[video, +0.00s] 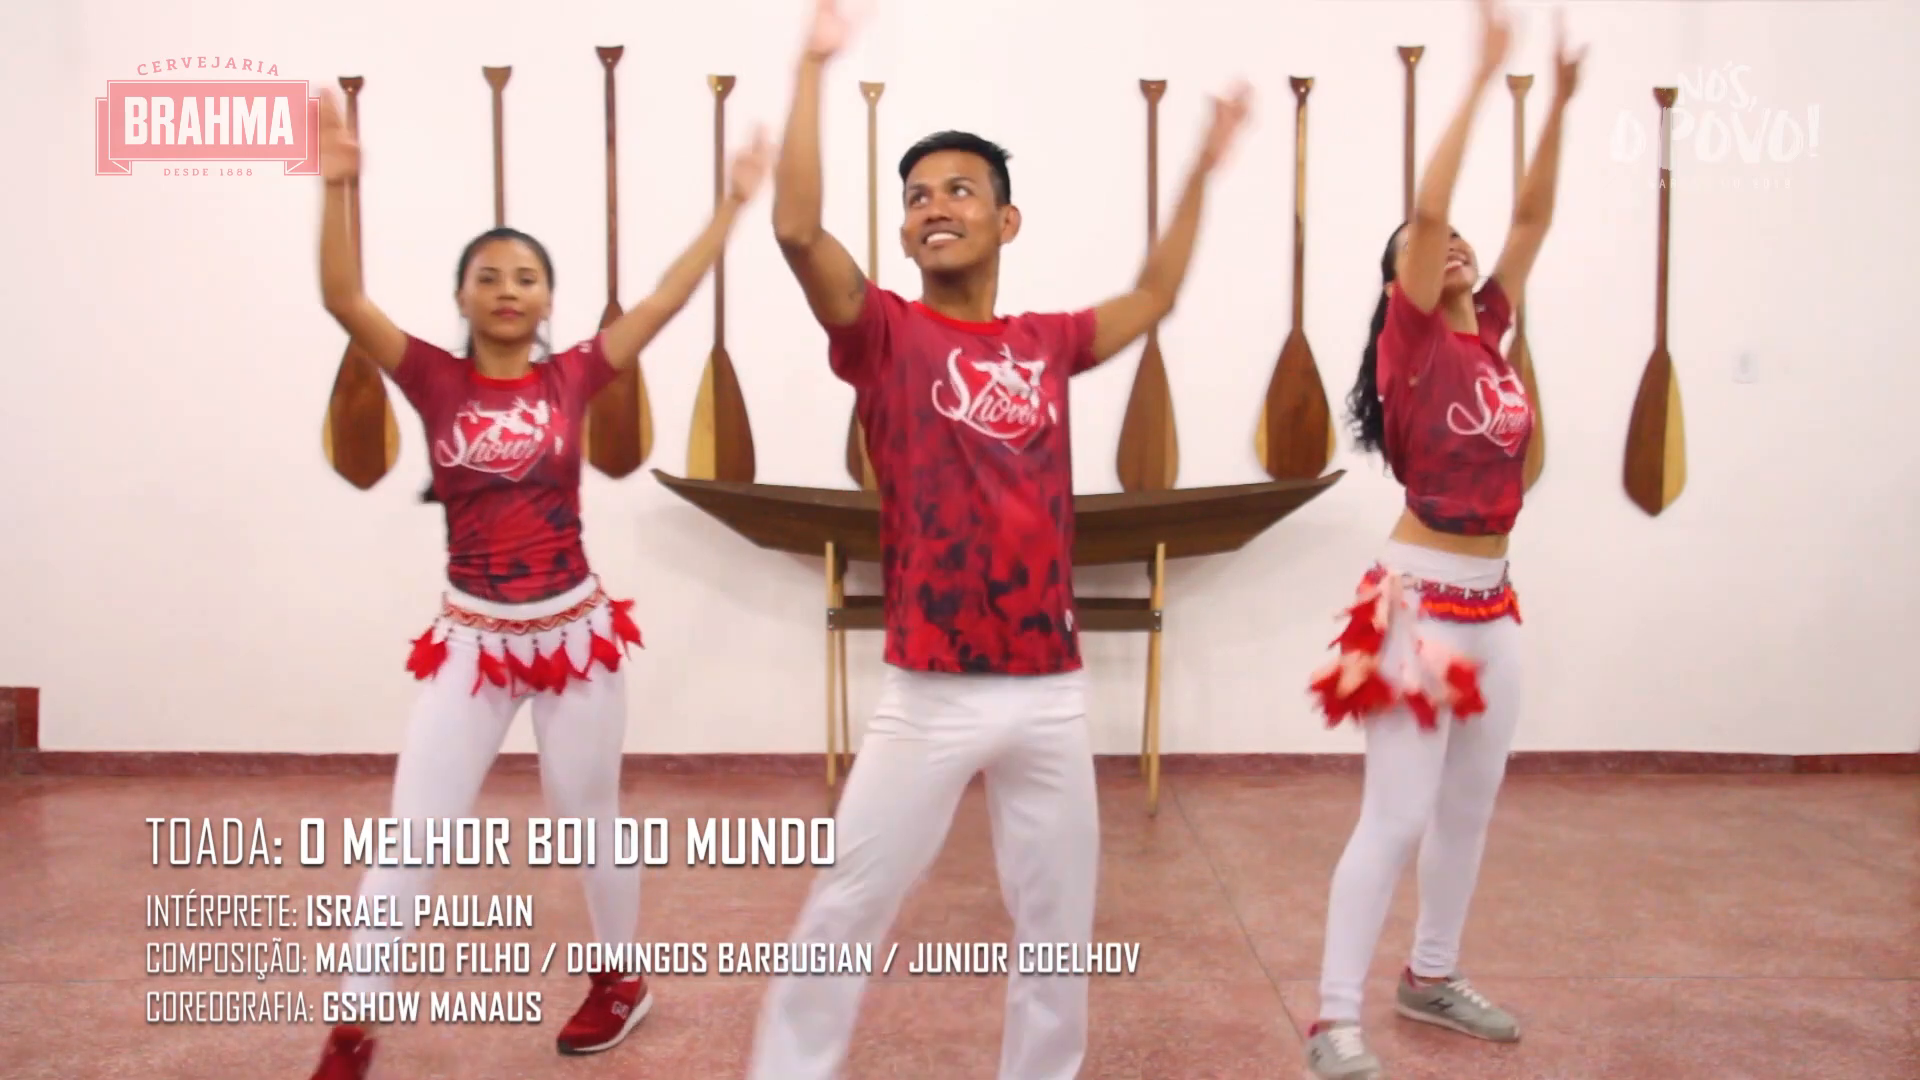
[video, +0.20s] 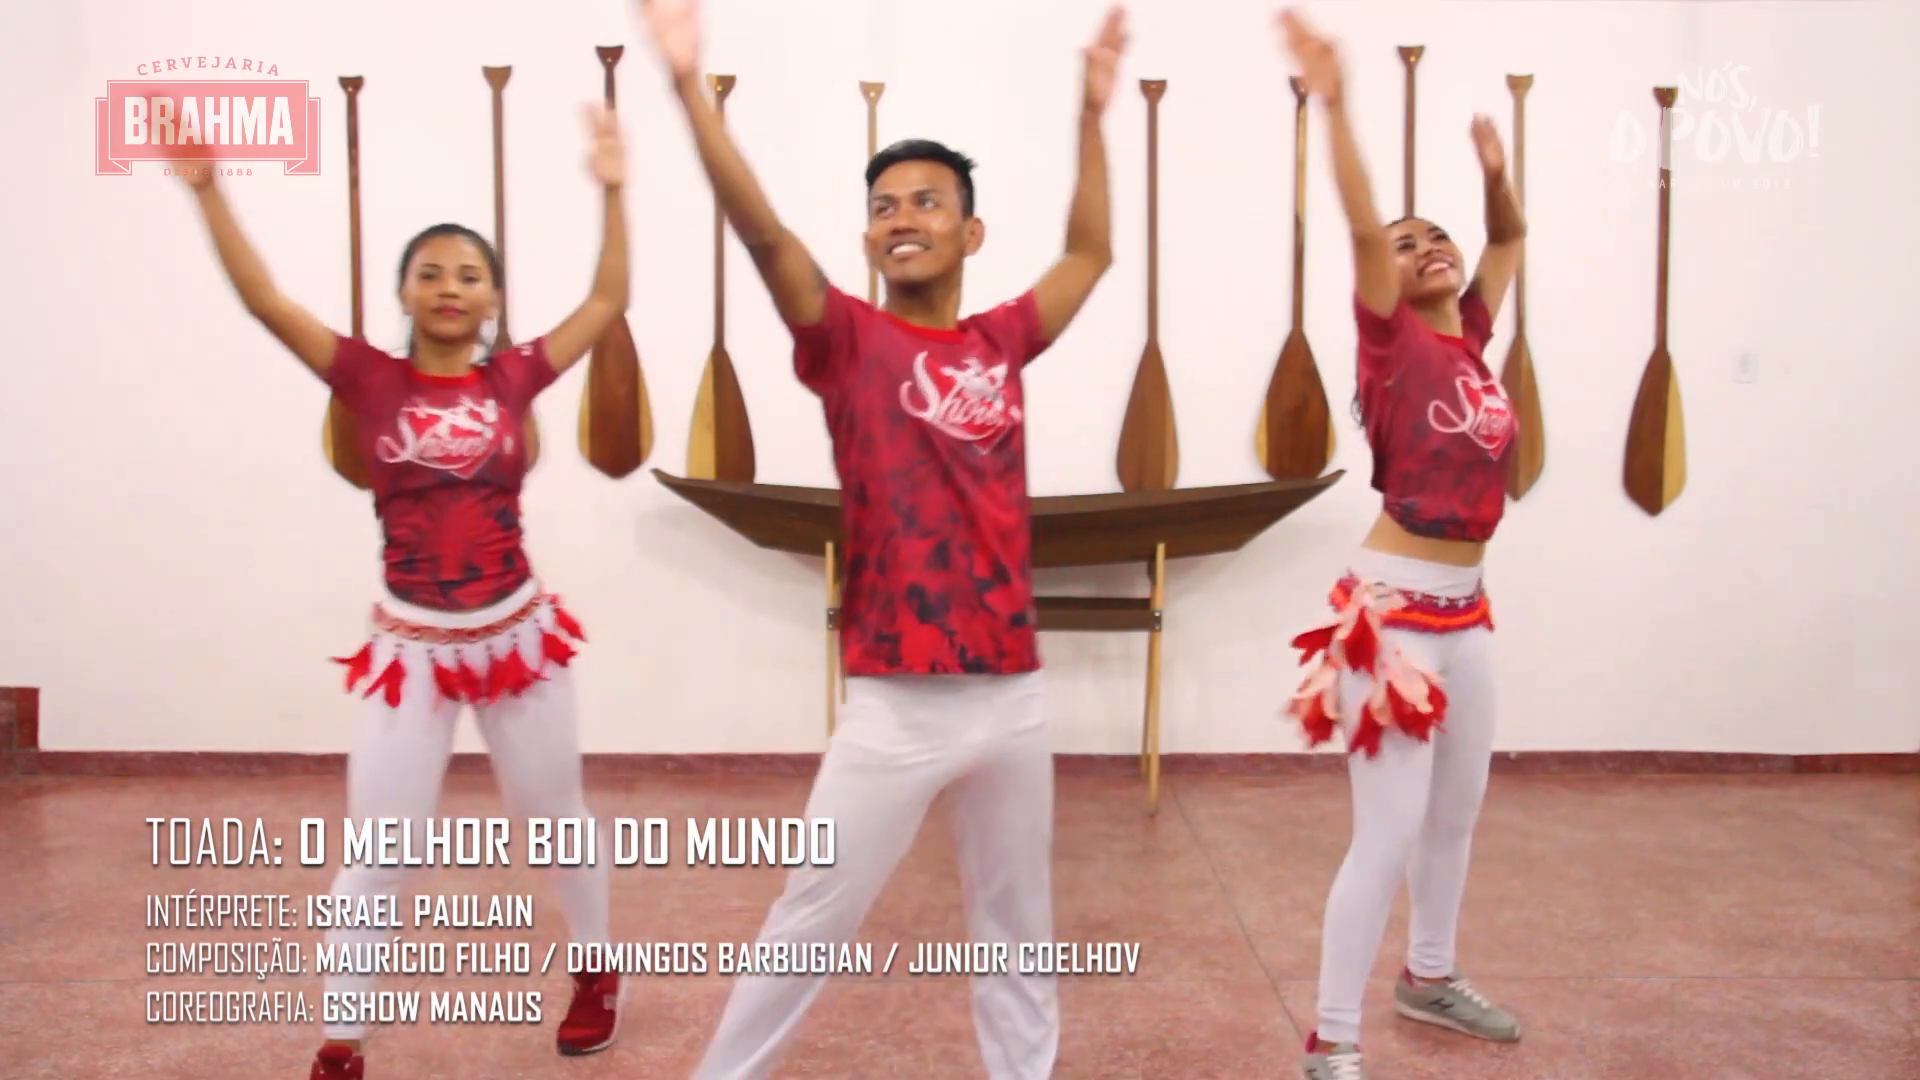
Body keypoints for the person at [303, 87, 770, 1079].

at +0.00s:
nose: (506, 290)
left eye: (524, 278)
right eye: (490, 276)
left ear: (548, 299)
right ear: (462, 297)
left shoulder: (575, 375)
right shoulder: (435, 380)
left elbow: (665, 299)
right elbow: (343, 297)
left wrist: (733, 203)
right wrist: (340, 183)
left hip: (575, 639)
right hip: (472, 641)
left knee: (592, 826)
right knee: (413, 834)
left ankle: (619, 978)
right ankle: (354, 1021)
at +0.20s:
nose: (449, 285)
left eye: (468, 273)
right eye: (431, 272)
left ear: (495, 298)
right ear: (403, 294)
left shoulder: (513, 377)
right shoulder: (370, 377)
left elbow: (607, 300)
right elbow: (265, 300)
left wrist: (614, 191)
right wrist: (208, 190)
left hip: (519, 642)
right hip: (410, 650)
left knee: (560, 832)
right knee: (378, 851)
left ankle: (595, 974)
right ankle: (340, 1047)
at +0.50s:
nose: (369, 282)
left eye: (389, 271)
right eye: (350, 268)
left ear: (416, 296)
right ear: (321, 292)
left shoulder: (437, 376)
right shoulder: (284, 377)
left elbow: (540, 298)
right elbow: (152, 311)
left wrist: (480, 218)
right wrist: (42, 220)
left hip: (431, 650)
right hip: (322, 659)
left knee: (513, 837)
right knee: (326, 866)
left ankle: (516, 967)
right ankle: (337, 1051)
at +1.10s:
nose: (320, 298)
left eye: (345, 281)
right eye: (305, 280)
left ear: (374, 307)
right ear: (284, 298)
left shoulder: (396, 389)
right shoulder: (253, 390)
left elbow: (465, 314)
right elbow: (106, 370)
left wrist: (342, 294)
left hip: (385, 672)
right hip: (273, 675)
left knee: (384, 886)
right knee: (300, 889)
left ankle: (405, 1073)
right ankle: (331, 1060)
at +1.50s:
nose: (330, 271)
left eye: (353, 258)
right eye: (318, 254)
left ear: (398, 281)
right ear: (298, 269)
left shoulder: (400, 380)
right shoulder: (295, 359)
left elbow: (381, 272)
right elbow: (195, 276)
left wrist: (302, 130)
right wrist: (136, 151)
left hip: (384, 667)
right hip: (294, 670)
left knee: (373, 891)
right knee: (311, 884)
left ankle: (459, 1077)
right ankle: (342, 1058)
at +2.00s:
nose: (373, 290)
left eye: (394, 273)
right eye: (365, 272)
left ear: (452, 288)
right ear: (353, 281)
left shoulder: (455, 393)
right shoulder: (370, 361)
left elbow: (436, 313)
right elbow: (312, 284)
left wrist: (388, 183)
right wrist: (292, 213)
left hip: (458, 692)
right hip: (390, 690)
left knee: (447, 940)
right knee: (281, 846)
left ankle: (483, 1079)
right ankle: (434, 989)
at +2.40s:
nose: (363, 287)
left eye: (386, 267)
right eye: (359, 267)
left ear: (448, 290)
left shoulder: (442, 389)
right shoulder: (435, 385)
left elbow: (367, 317)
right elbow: (361, 305)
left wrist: (292, 219)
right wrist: (296, 233)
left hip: (457, 684)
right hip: (453, 675)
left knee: (435, 927)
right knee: (394, 852)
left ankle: (481, 1076)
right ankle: (498, 1027)